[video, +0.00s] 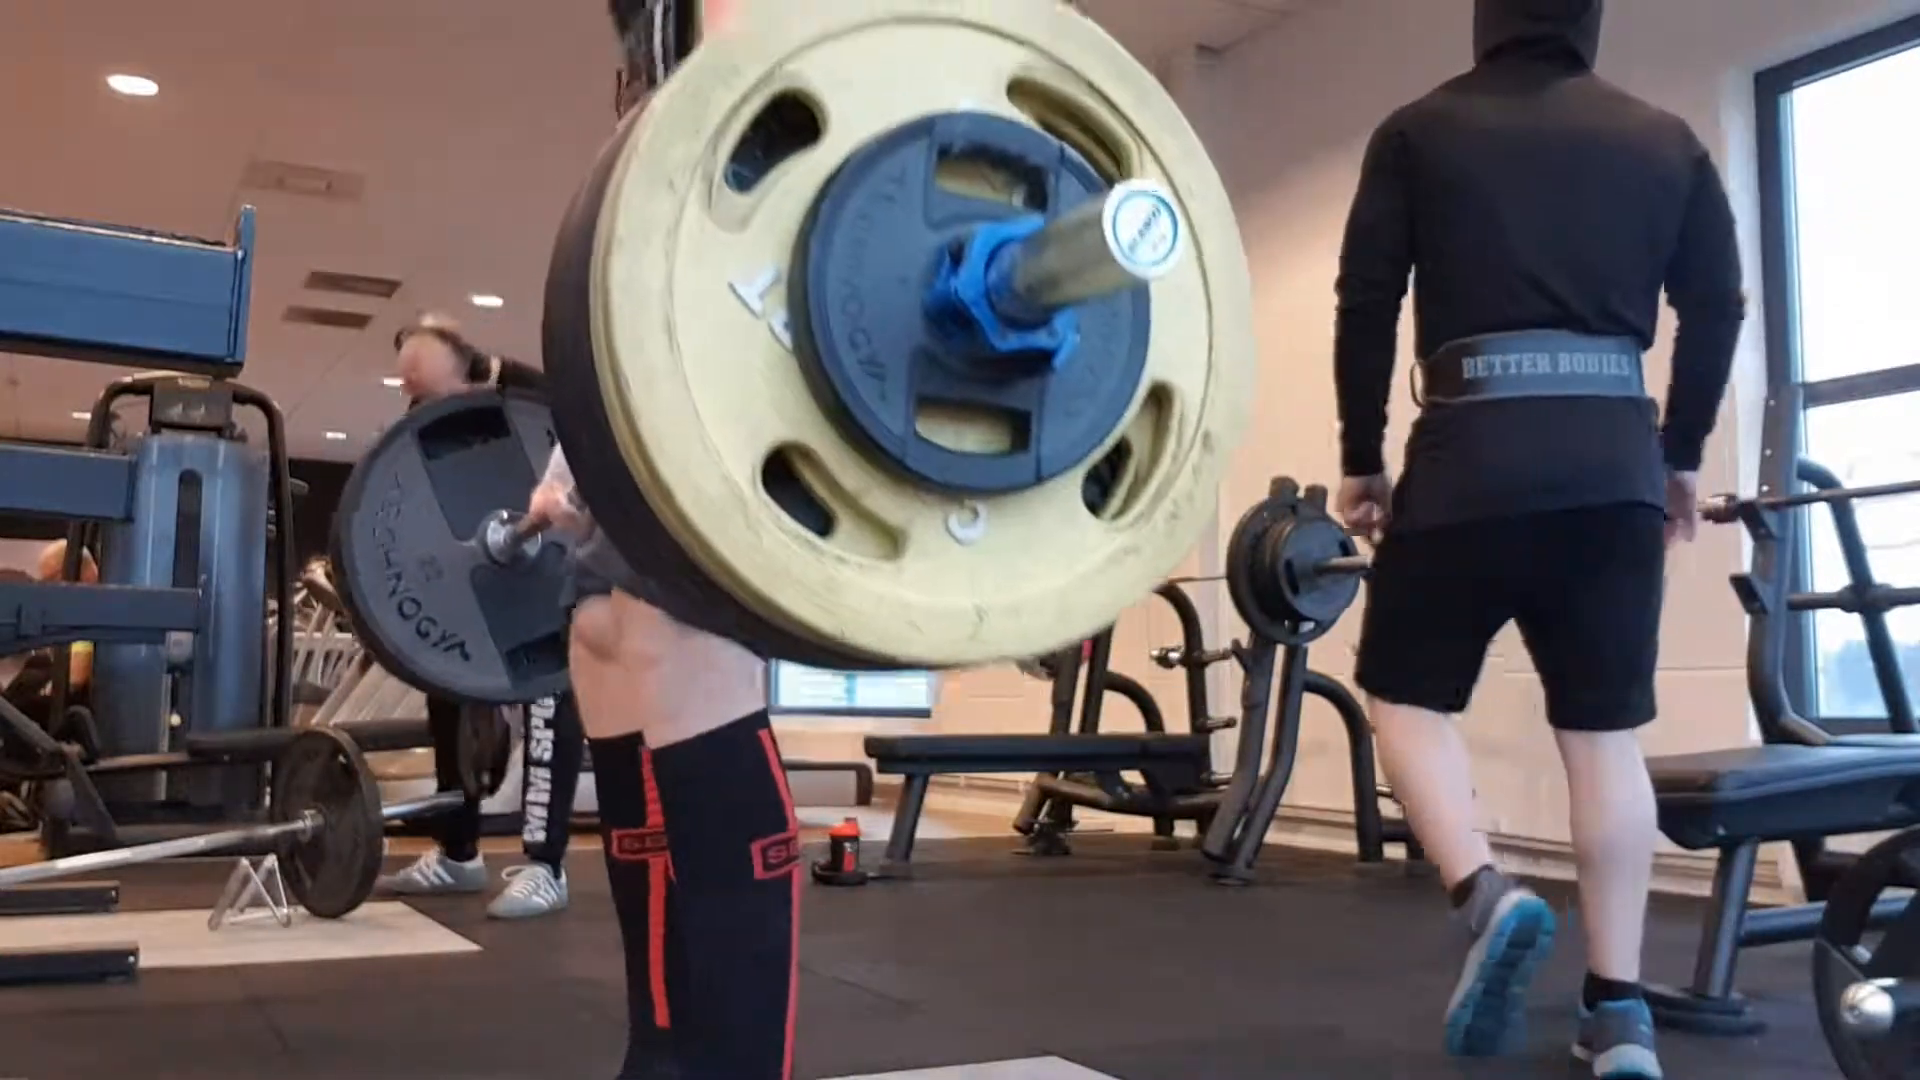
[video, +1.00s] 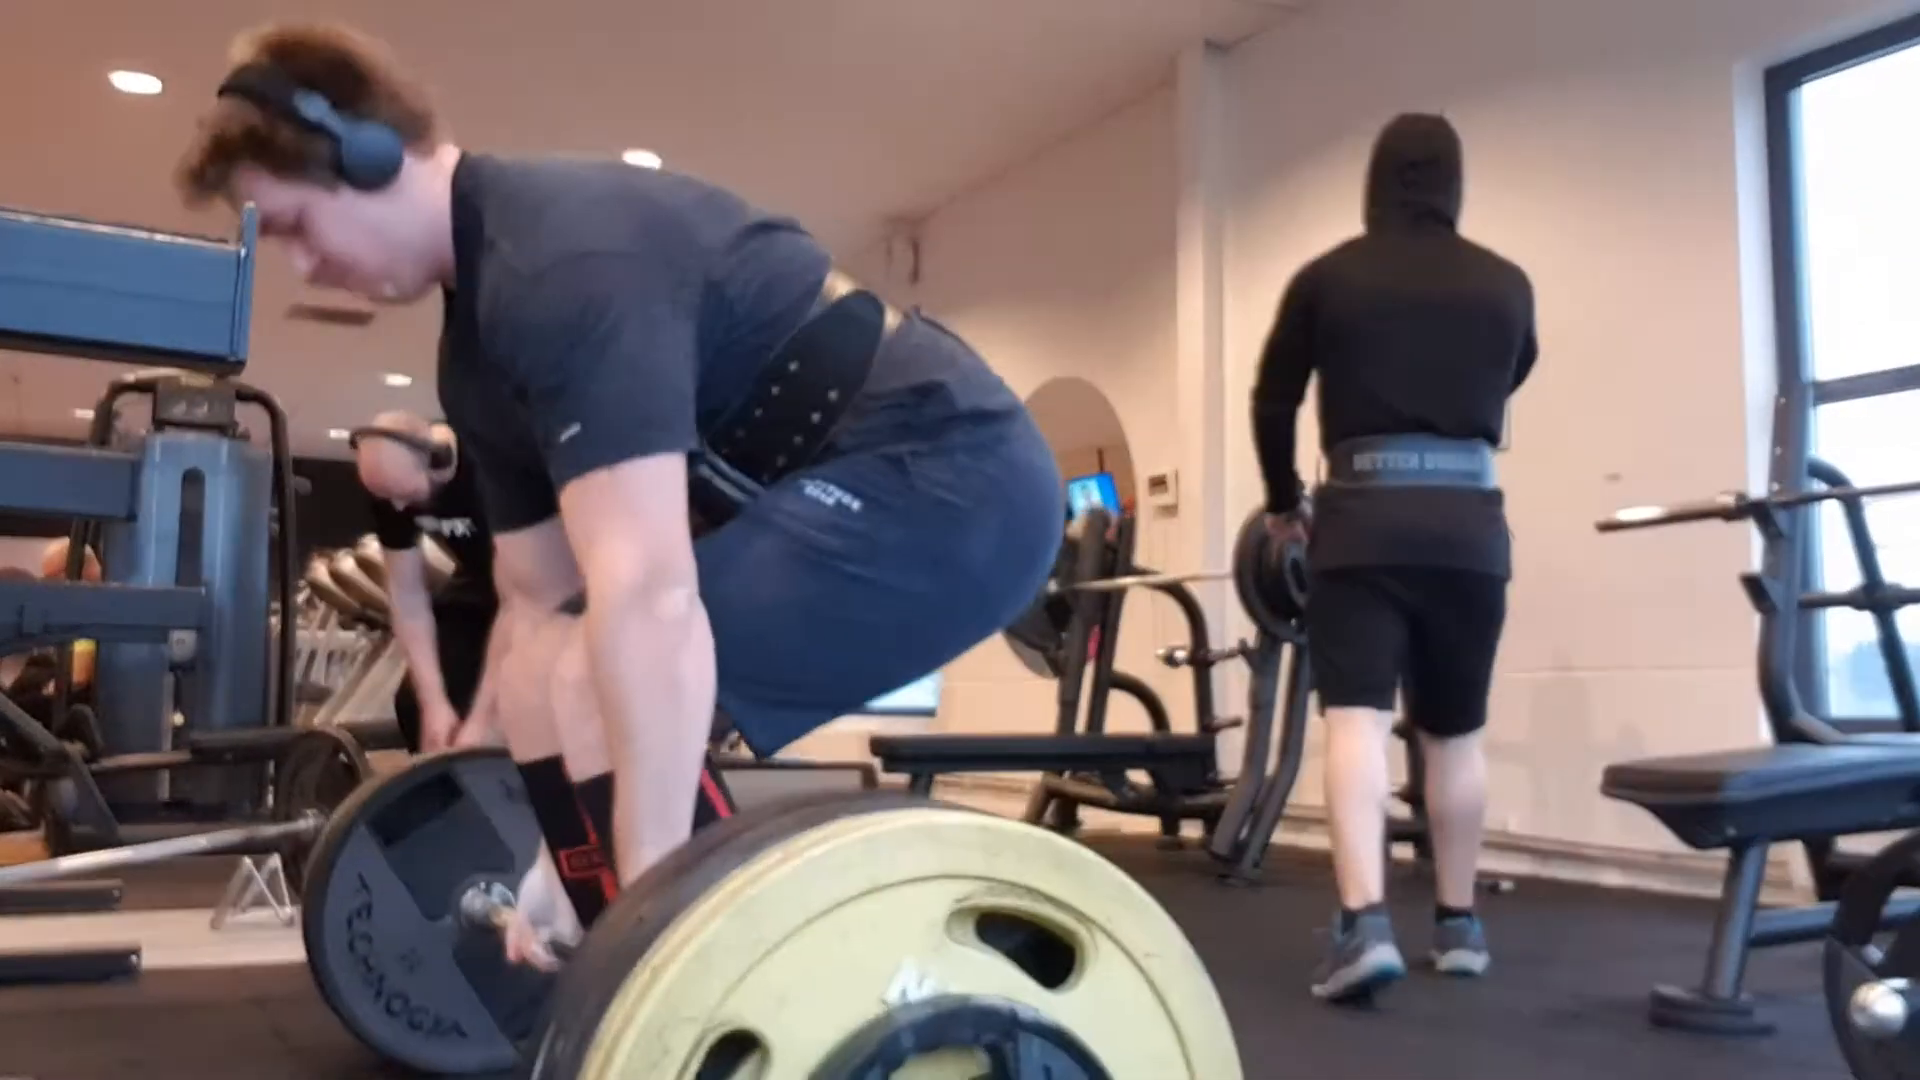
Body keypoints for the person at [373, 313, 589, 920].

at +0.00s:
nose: (413, 403)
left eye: (423, 391)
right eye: (409, 392)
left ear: (465, 378)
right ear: (408, 383)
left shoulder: (523, 420)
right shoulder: (420, 444)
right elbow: (403, 536)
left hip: (537, 595)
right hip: (458, 603)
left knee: (547, 714)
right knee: (451, 710)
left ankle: (545, 866)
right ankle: (458, 856)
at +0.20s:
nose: (403, 464)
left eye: (409, 452)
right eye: (394, 454)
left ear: (439, 423)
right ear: (388, 433)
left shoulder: (520, 438)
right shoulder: (405, 459)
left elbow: (578, 503)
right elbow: (407, 542)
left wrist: (556, 588)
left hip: (538, 597)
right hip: (457, 606)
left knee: (545, 721)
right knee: (449, 714)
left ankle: (544, 868)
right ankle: (456, 856)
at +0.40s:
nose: (401, 493)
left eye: (407, 481)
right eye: (391, 485)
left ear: (428, 453)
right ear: (378, 473)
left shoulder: (496, 453)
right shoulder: (394, 488)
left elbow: (514, 589)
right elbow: (423, 592)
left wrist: (487, 693)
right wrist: (449, 695)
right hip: (476, 577)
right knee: (410, 700)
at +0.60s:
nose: (402, 503)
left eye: (407, 489)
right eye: (390, 496)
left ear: (428, 460)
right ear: (377, 483)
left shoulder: (498, 461)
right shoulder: (391, 491)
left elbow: (514, 593)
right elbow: (426, 595)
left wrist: (491, 702)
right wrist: (458, 706)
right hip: (478, 580)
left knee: (541, 682)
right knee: (415, 704)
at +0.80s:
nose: (403, 501)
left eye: (410, 488)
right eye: (391, 493)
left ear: (434, 456)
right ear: (378, 477)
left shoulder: (488, 463)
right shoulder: (392, 486)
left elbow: (521, 595)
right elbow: (421, 591)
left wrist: (493, 705)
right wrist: (452, 698)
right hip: (478, 585)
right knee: (420, 700)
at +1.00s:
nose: (401, 508)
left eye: (408, 496)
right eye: (389, 499)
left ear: (434, 465)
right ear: (376, 481)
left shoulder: (486, 470)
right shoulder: (389, 487)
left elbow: (516, 601)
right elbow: (408, 600)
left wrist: (483, 718)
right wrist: (435, 704)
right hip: (473, 589)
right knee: (415, 700)